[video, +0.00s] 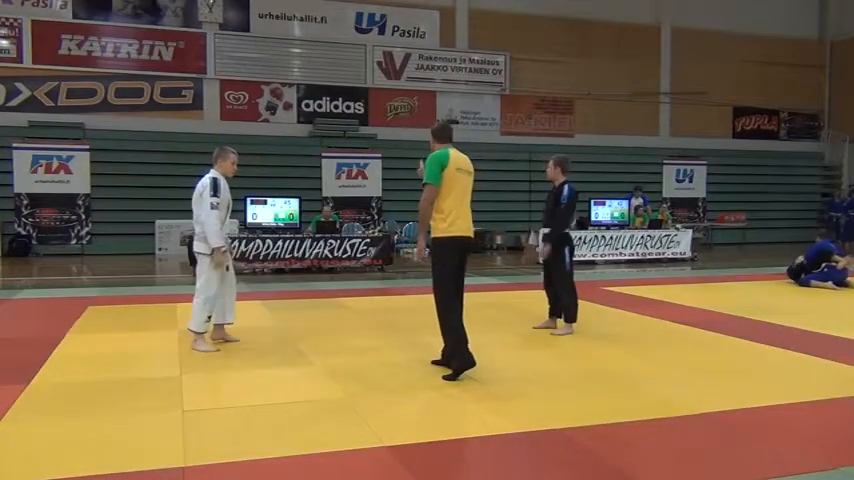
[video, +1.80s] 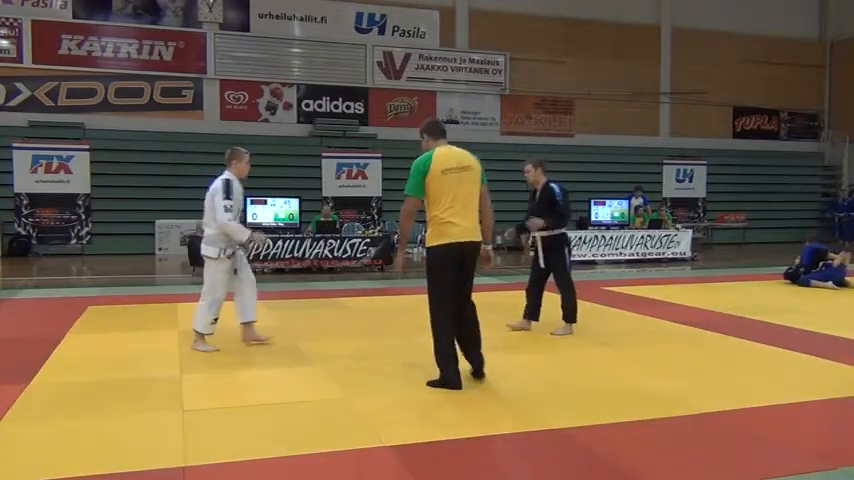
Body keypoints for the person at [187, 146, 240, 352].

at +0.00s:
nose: (235, 168)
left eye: (236, 164)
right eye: (233, 163)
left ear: (222, 162)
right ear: (221, 161)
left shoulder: (218, 182)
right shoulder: (212, 181)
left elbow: (213, 216)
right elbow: (210, 216)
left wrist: (221, 244)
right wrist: (218, 246)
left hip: (219, 245)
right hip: (208, 246)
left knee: (227, 285)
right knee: (207, 289)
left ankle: (219, 329)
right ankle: (198, 337)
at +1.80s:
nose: (249, 168)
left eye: (249, 163)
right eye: (247, 163)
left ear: (235, 164)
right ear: (235, 164)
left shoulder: (233, 185)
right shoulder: (224, 184)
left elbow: (230, 221)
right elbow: (224, 221)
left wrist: (248, 236)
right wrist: (249, 236)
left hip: (232, 247)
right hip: (217, 248)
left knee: (247, 284)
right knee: (213, 292)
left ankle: (248, 330)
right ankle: (199, 338)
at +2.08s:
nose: (281, 175)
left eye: (281, 171)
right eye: (279, 171)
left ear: (267, 171)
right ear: (268, 171)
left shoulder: (263, 191)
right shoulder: (258, 189)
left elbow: (252, 224)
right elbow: (252, 224)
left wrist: (267, 237)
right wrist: (277, 232)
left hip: (254, 253)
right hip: (238, 253)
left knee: (267, 290)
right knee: (230, 295)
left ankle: (273, 335)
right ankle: (202, 336)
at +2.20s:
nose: (295, 175)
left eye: (295, 171)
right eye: (293, 170)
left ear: (281, 169)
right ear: (282, 169)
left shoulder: (273, 187)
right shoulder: (273, 186)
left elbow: (266, 222)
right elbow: (269, 220)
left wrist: (288, 231)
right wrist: (291, 229)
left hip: (261, 248)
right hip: (250, 249)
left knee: (272, 289)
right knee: (254, 292)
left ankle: (273, 335)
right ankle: (220, 324)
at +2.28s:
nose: (302, 173)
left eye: (302, 169)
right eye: (301, 168)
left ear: (289, 167)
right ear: (292, 167)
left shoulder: (285, 186)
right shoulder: (278, 183)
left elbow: (281, 219)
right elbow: (279, 217)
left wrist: (304, 229)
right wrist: (304, 228)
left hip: (267, 246)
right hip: (255, 245)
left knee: (273, 289)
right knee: (265, 290)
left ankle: (273, 335)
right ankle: (242, 329)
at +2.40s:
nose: (313, 174)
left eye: (313, 169)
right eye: (311, 169)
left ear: (298, 168)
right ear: (302, 168)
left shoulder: (292, 187)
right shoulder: (287, 187)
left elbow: (294, 221)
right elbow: (293, 221)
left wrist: (322, 229)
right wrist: (323, 229)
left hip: (271, 248)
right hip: (267, 248)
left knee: (278, 291)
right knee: (280, 292)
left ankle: (274, 336)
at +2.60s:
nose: (331, 176)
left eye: (330, 171)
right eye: (329, 171)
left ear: (316, 171)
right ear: (319, 171)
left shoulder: (306, 190)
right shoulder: (307, 191)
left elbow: (304, 225)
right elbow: (304, 226)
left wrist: (330, 229)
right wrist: (332, 231)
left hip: (288, 250)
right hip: (291, 251)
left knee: (294, 293)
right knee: (309, 296)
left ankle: (279, 332)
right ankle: (310, 350)